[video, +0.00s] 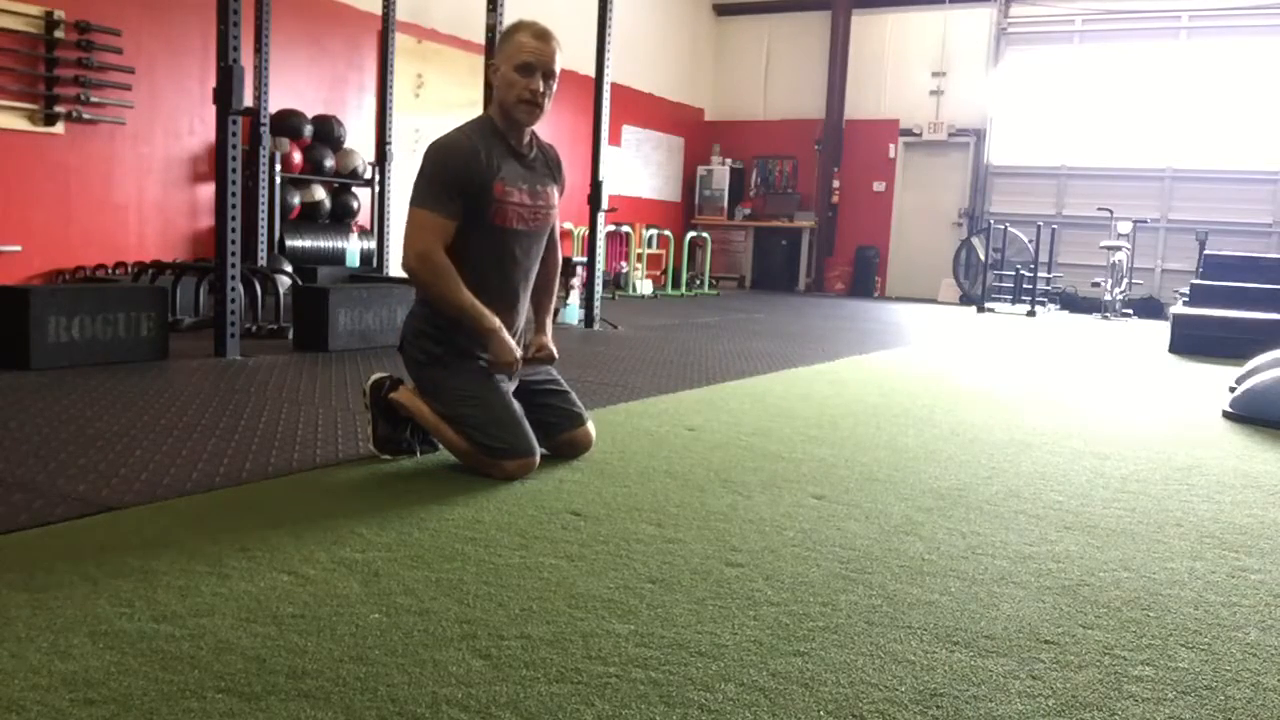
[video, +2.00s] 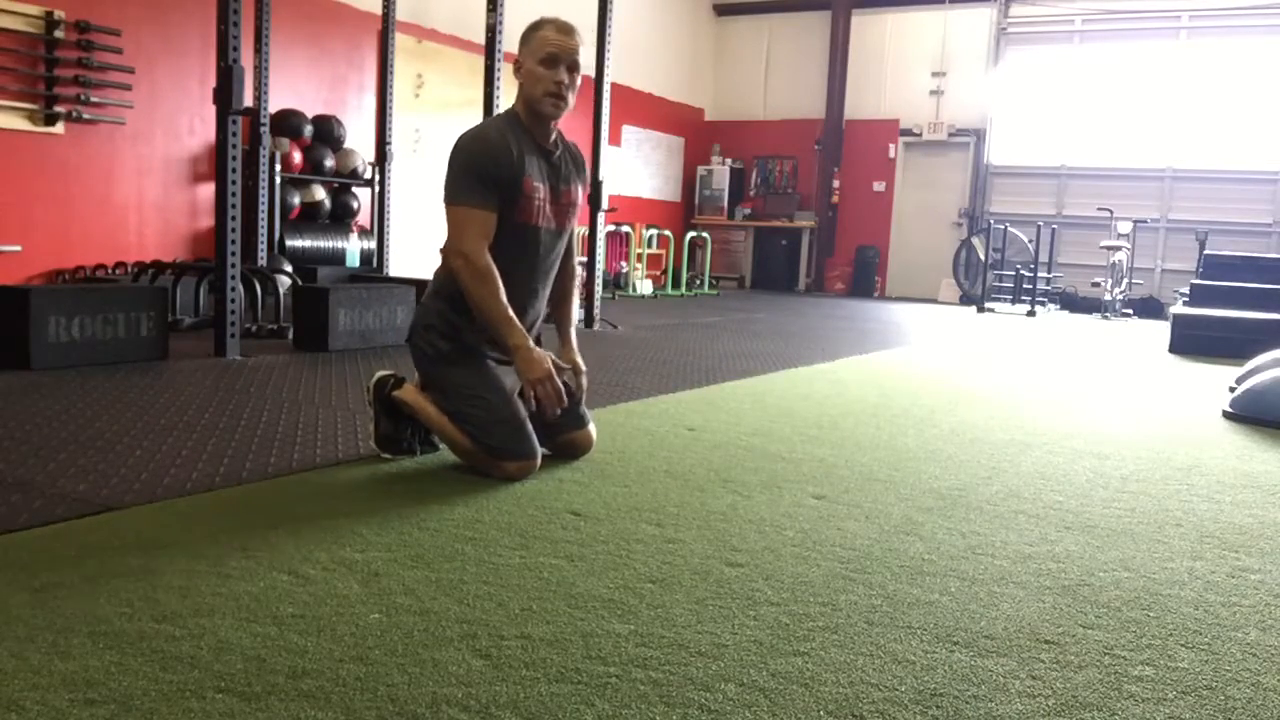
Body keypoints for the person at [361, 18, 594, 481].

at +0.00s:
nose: (538, 87)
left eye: (549, 77)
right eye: (525, 70)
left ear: (556, 87)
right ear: (493, 72)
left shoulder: (548, 160)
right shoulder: (456, 152)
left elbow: (549, 247)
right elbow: (420, 256)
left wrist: (543, 328)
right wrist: (493, 330)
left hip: (513, 338)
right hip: (447, 345)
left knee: (573, 439)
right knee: (514, 463)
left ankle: (445, 411)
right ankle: (398, 399)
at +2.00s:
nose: (562, 78)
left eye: (572, 68)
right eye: (549, 63)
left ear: (579, 80)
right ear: (518, 68)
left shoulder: (573, 162)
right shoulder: (485, 145)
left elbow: (565, 258)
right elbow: (466, 255)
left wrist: (568, 342)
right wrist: (525, 349)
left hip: (518, 336)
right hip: (455, 337)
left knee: (574, 440)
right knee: (515, 463)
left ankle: (448, 407)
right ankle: (401, 396)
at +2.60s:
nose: (531, 79)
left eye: (536, 68)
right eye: (517, 64)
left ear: (540, 77)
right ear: (478, 71)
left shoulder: (537, 163)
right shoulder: (454, 151)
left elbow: (545, 257)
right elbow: (452, 253)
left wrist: (569, 343)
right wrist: (539, 302)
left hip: (506, 345)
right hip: (446, 347)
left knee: (574, 440)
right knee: (514, 462)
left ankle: (444, 411)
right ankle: (399, 400)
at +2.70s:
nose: (529, 79)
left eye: (532, 68)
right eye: (515, 65)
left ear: (535, 75)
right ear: (474, 71)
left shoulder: (531, 162)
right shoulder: (451, 150)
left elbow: (541, 261)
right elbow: (464, 253)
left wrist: (575, 337)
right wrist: (562, 252)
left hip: (507, 346)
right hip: (446, 349)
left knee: (575, 440)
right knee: (514, 463)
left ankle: (447, 406)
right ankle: (399, 399)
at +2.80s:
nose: (528, 78)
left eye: (531, 66)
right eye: (513, 65)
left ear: (534, 73)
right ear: (472, 71)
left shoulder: (528, 162)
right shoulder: (450, 150)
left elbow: (540, 252)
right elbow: (481, 246)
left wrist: (583, 304)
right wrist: (568, 198)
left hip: (508, 347)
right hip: (447, 349)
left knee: (573, 439)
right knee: (514, 463)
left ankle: (443, 410)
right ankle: (398, 399)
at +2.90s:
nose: (530, 80)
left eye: (532, 68)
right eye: (517, 66)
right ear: (474, 73)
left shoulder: (528, 161)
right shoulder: (452, 149)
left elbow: (546, 256)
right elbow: (490, 239)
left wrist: (594, 242)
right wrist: (553, 172)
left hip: (509, 347)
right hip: (447, 350)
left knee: (574, 439)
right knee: (514, 462)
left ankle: (442, 409)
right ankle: (400, 400)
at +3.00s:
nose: (531, 78)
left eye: (534, 66)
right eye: (518, 65)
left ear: (537, 73)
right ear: (475, 71)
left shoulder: (521, 155)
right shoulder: (450, 147)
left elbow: (565, 253)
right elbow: (495, 234)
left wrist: (590, 184)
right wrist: (540, 158)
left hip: (508, 346)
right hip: (447, 348)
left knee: (573, 439)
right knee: (514, 462)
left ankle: (443, 411)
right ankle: (398, 400)